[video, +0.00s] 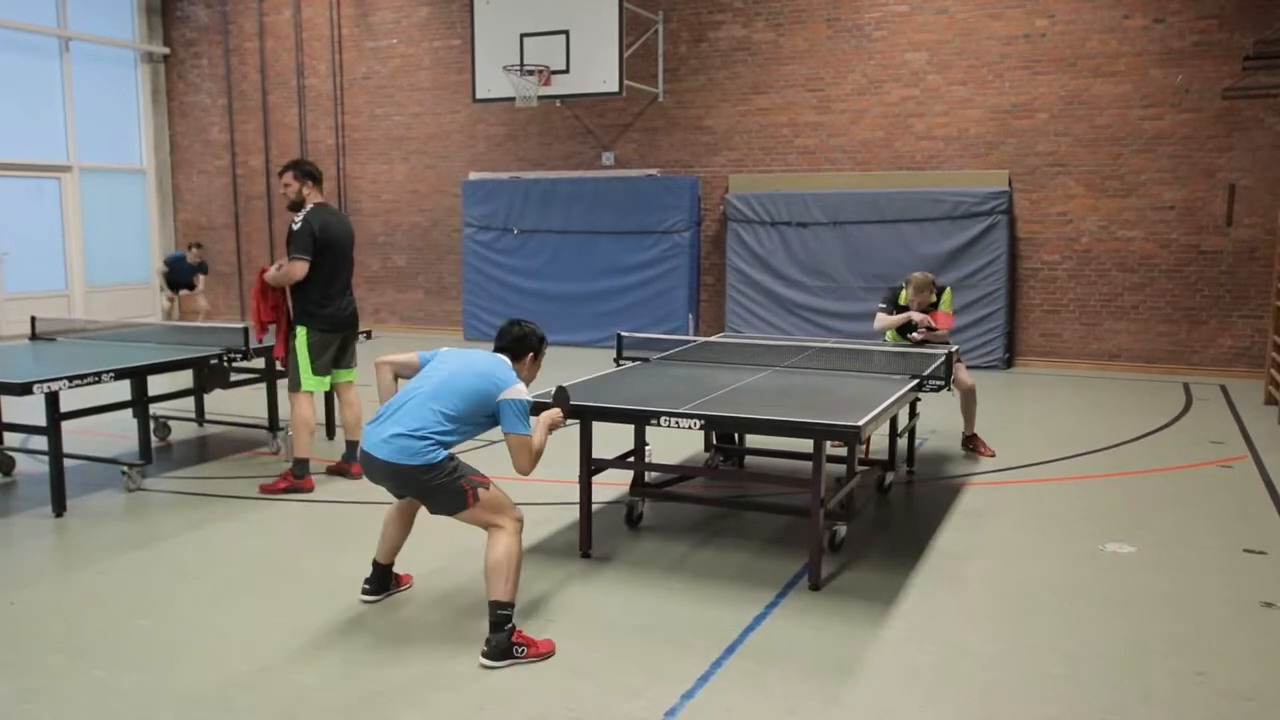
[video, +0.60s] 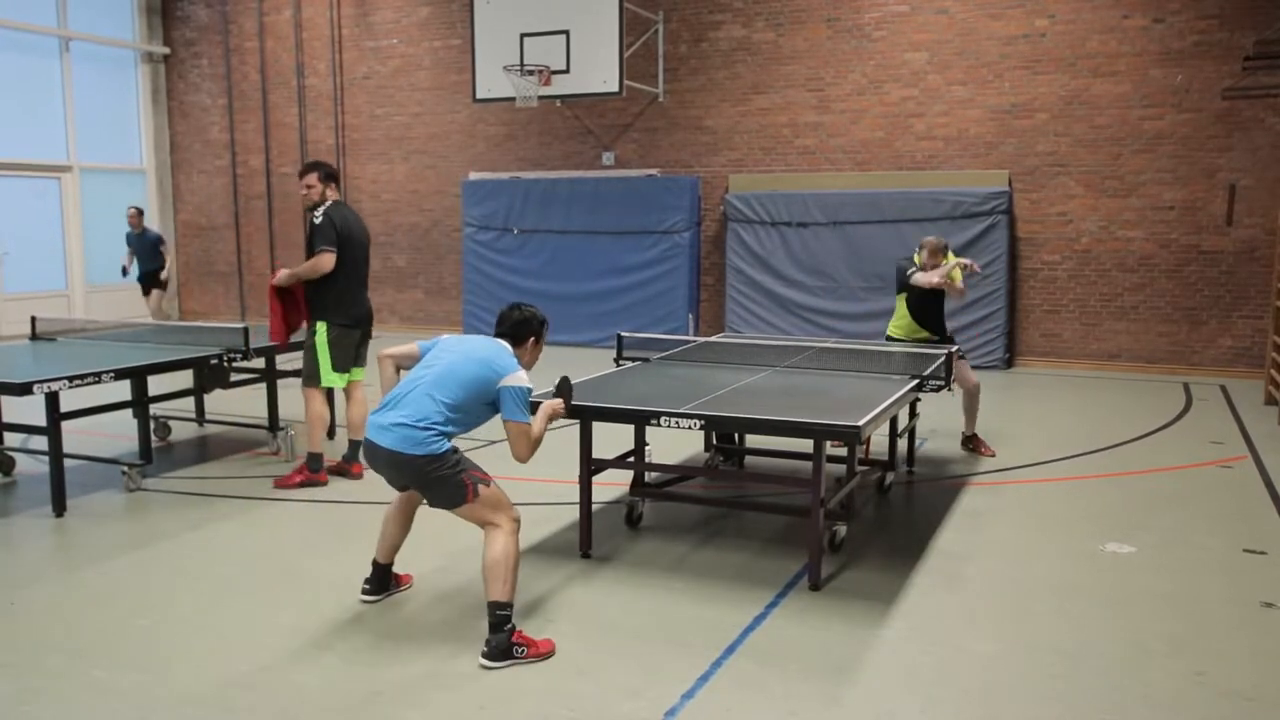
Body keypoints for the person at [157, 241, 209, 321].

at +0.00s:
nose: (197, 260)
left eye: (199, 257)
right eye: (195, 256)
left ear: (202, 256)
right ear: (188, 253)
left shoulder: (201, 266)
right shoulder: (175, 259)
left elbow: (201, 287)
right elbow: (159, 272)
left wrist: (188, 292)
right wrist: (167, 291)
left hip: (188, 285)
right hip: (171, 285)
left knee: (204, 307)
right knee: (167, 307)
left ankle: (198, 330)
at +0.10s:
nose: (185, 246)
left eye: (188, 243)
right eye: (183, 243)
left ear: (192, 243)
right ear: (179, 243)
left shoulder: (196, 255)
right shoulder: (170, 253)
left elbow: (195, 277)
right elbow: (159, 270)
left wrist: (174, 278)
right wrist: (163, 284)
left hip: (189, 283)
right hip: (173, 283)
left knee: (202, 307)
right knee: (165, 308)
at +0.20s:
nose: (172, 235)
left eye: (174, 232)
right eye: (169, 232)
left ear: (180, 232)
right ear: (166, 233)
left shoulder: (188, 248)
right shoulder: (161, 246)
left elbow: (189, 271)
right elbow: (156, 261)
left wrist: (168, 272)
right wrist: (160, 276)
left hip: (186, 277)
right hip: (170, 277)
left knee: (198, 308)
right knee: (161, 307)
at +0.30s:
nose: (157, 229)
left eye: (160, 225)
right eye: (156, 225)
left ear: (167, 226)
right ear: (154, 227)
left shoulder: (178, 244)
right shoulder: (152, 241)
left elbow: (185, 266)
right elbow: (151, 258)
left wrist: (166, 274)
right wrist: (152, 273)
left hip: (181, 275)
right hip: (164, 276)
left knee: (189, 309)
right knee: (161, 308)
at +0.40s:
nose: (146, 224)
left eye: (149, 221)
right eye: (144, 221)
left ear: (156, 222)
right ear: (143, 223)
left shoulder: (168, 240)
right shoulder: (144, 239)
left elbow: (180, 259)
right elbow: (145, 256)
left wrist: (168, 275)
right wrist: (144, 274)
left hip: (174, 276)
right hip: (158, 276)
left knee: (177, 309)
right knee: (158, 310)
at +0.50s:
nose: (137, 221)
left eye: (140, 217)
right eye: (136, 218)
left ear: (148, 218)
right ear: (134, 219)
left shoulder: (162, 236)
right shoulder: (137, 236)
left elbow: (175, 255)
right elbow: (138, 252)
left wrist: (169, 273)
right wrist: (136, 270)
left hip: (166, 271)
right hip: (151, 273)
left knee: (169, 309)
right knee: (156, 310)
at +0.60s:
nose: (130, 220)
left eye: (133, 217)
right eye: (128, 217)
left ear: (141, 218)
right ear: (127, 219)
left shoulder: (154, 236)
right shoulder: (129, 236)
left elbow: (167, 255)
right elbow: (131, 252)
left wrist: (166, 270)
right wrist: (128, 266)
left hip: (158, 271)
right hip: (143, 273)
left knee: (155, 308)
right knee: (153, 310)